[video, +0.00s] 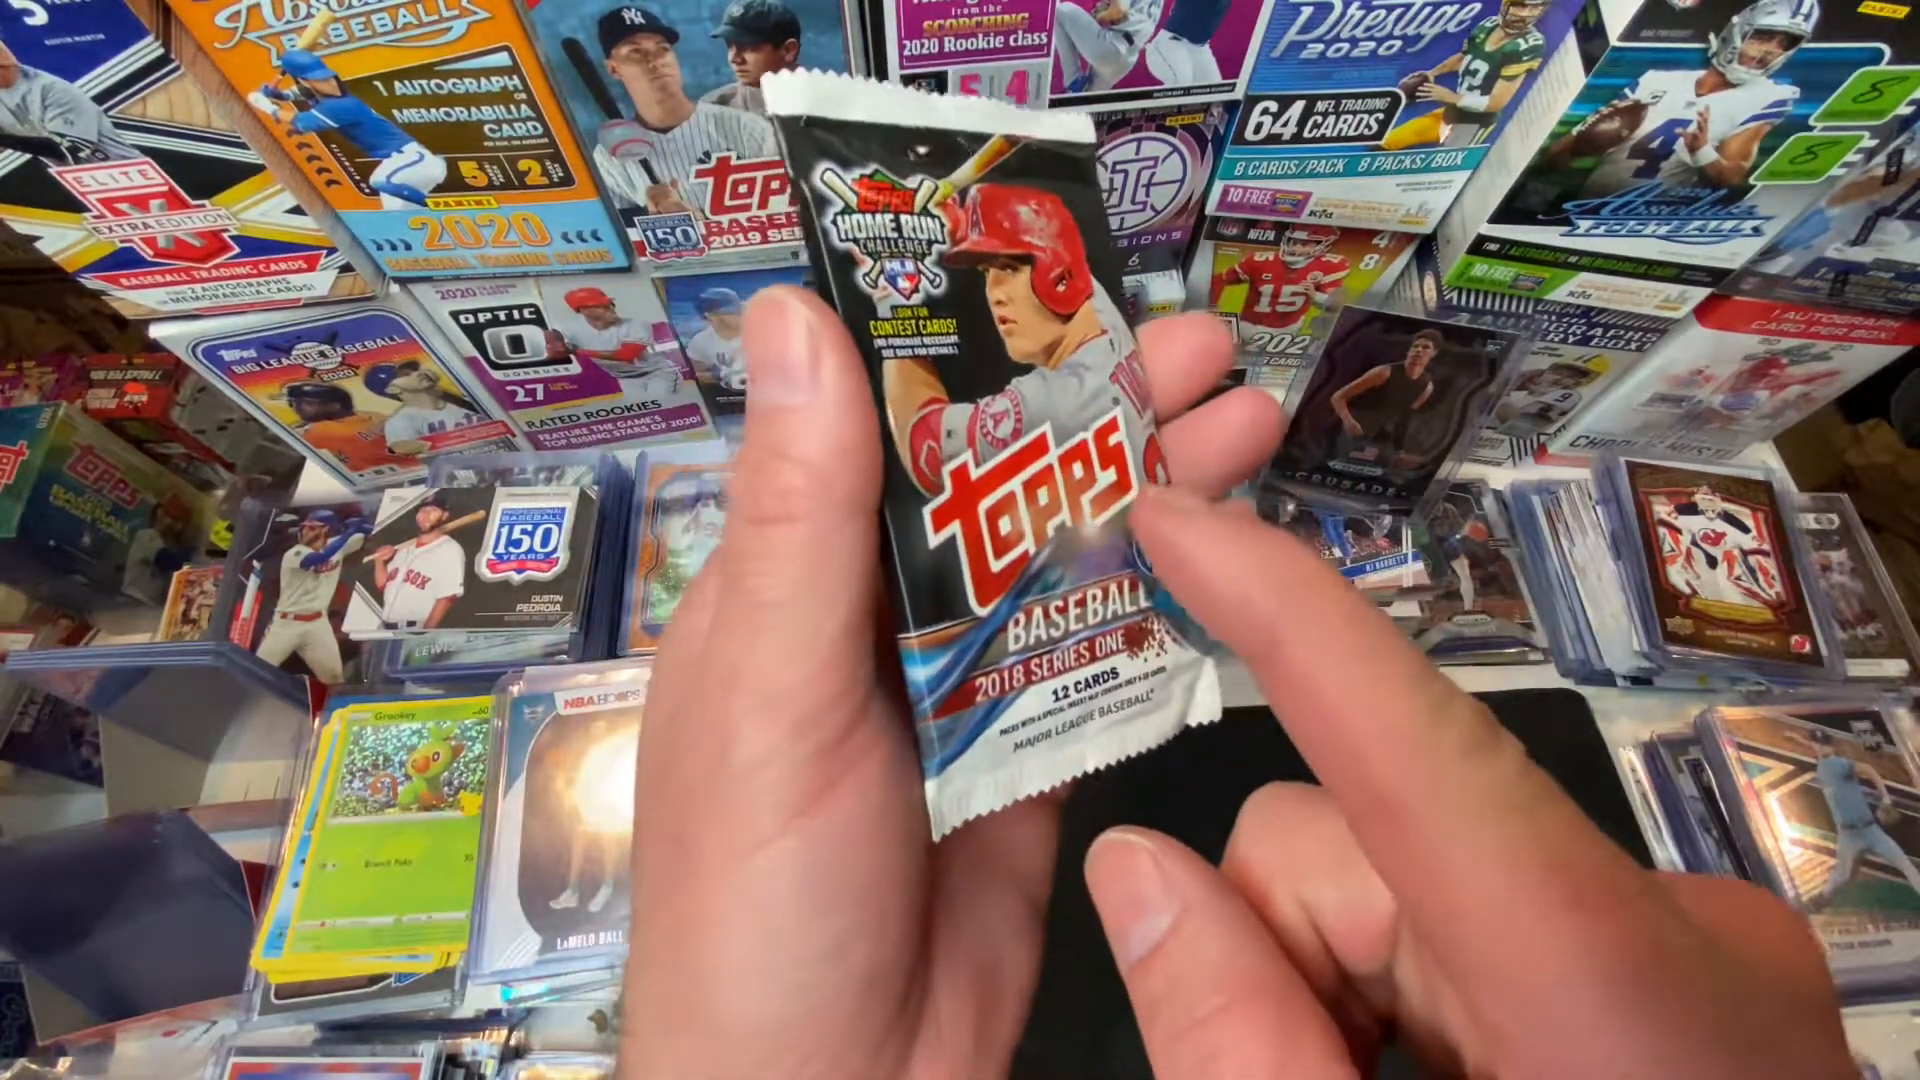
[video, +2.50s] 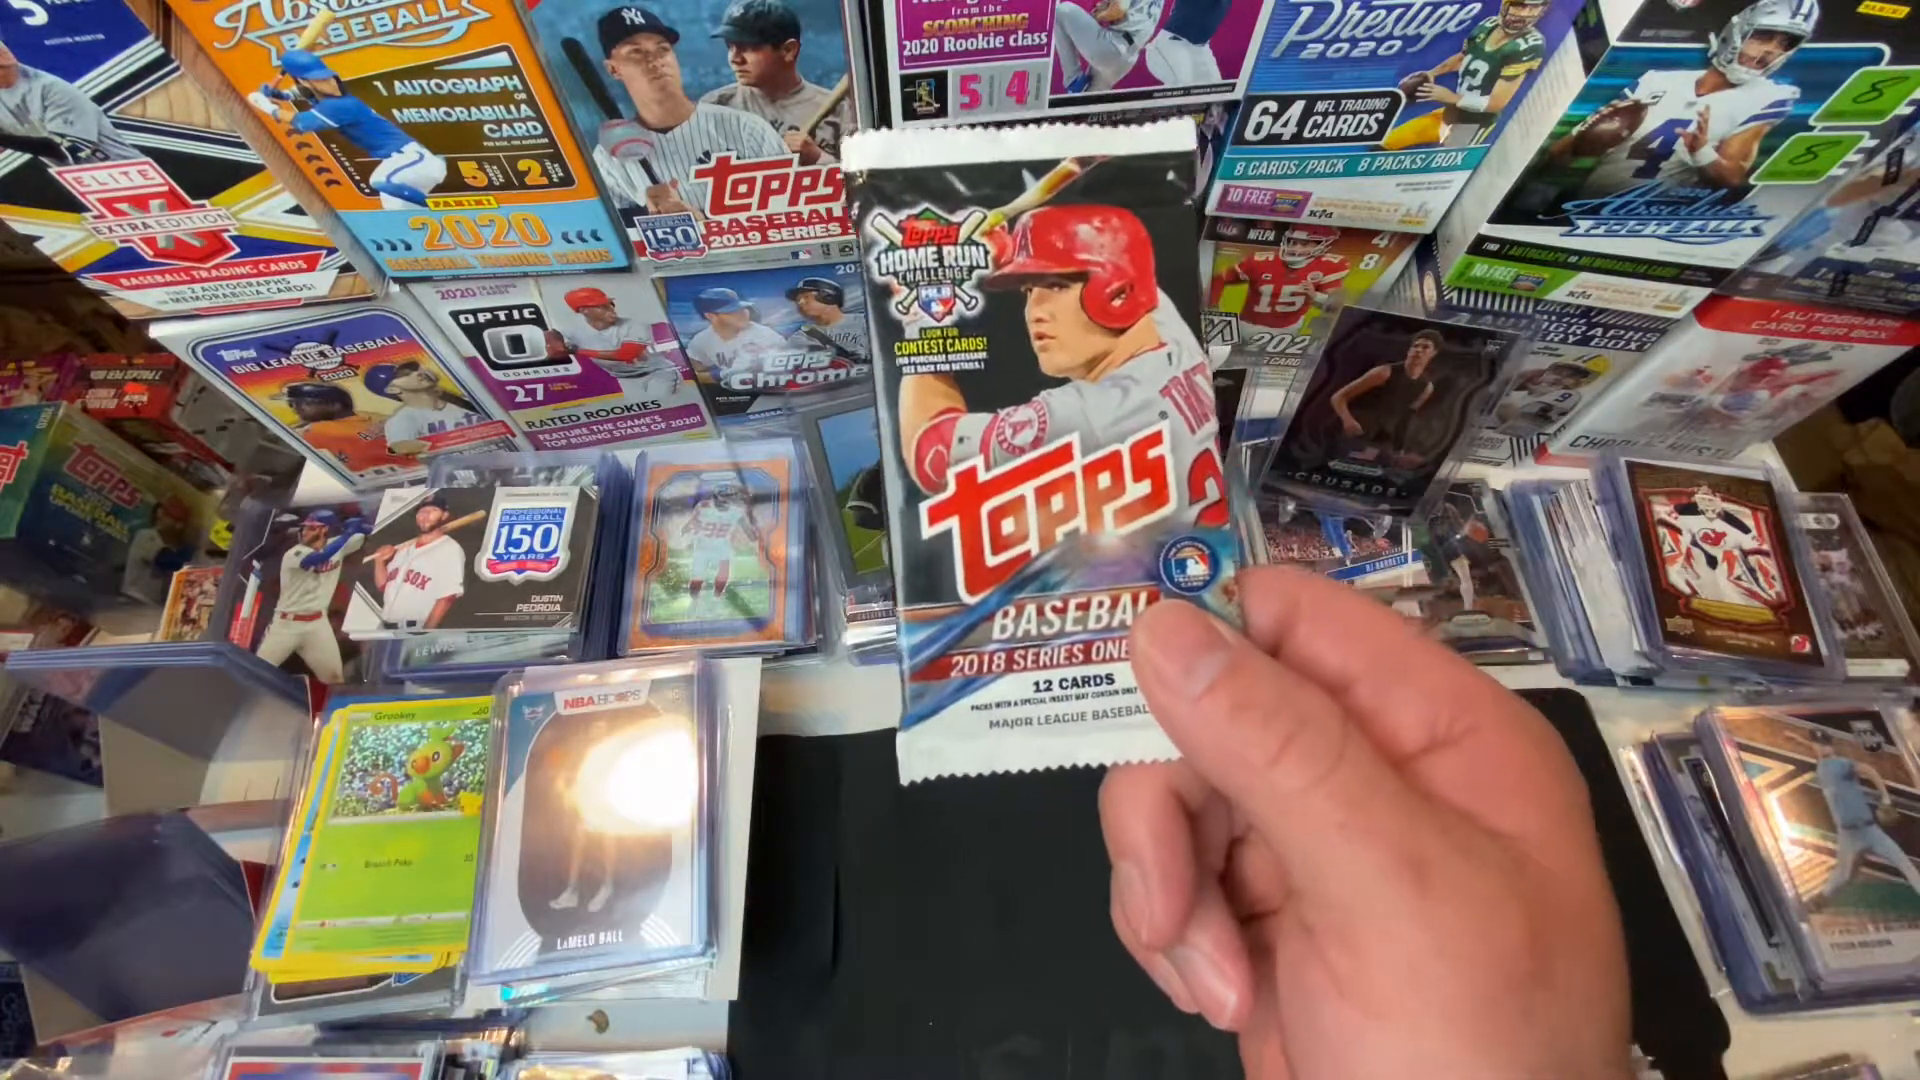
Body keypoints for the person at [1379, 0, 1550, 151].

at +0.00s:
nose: (1520, 13)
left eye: (1530, 7)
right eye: (1515, 4)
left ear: (1541, 11)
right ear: (1503, 5)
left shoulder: (1526, 47)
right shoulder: (1487, 26)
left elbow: (1496, 102)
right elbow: (1463, 58)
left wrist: (1450, 97)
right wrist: (1432, 73)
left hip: (1477, 123)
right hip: (1451, 111)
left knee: (1442, 175)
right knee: (1388, 141)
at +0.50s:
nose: (1520, 14)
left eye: (1530, 7)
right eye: (1516, 5)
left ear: (1542, 11)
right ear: (1504, 5)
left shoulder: (1527, 47)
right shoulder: (1487, 26)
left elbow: (1496, 103)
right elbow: (1463, 58)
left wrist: (1450, 97)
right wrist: (1432, 73)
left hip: (1477, 123)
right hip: (1452, 111)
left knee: (1441, 175)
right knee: (1387, 141)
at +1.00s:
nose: (1520, 14)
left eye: (1530, 7)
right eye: (1515, 5)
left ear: (1542, 10)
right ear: (1503, 4)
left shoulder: (1528, 47)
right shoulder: (1487, 26)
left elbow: (1496, 103)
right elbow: (1463, 58)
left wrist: (1450, 97)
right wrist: (1432, 73)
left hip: (1480, 122)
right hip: (1453, 111)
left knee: (1444, 171)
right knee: (1390, 141)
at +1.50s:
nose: (1520, 13)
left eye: (1530, 7)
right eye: (1515, 5)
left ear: (1542, 11)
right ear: (1503, 4)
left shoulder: (1528, 47)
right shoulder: (1487, 26)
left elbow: (1496, 103)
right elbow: (1463, 58)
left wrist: (1451, 97)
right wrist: (1431, 73)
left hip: (1478, 122)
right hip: (1452, 110)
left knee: (1442, 172)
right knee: (1389, 141)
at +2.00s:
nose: (1520, 14)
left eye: (1530, 8)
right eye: (1516, 5)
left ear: (1542, 11)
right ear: (1504, 5)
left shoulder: (1527, 47)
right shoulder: (1487, 26)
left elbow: (1496, 103)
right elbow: (1463, 57)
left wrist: (1451, 98)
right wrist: (1431, 74)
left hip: (1478, 122)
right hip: (1453, 110)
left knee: (1442, 173)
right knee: (1388, 141)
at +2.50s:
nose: (1518, 14)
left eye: (1529, 8)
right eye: (1514, 6)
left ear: (1542, 11)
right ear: (1504, 5)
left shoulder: (1527, 47)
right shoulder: (1487, 26)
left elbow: (1496, 104)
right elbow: (1463, 57)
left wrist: (1450, 98)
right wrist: (1431, 73)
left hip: (1478, 123)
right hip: (1452, 111)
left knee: (1443, 174)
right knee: (1388, 141)